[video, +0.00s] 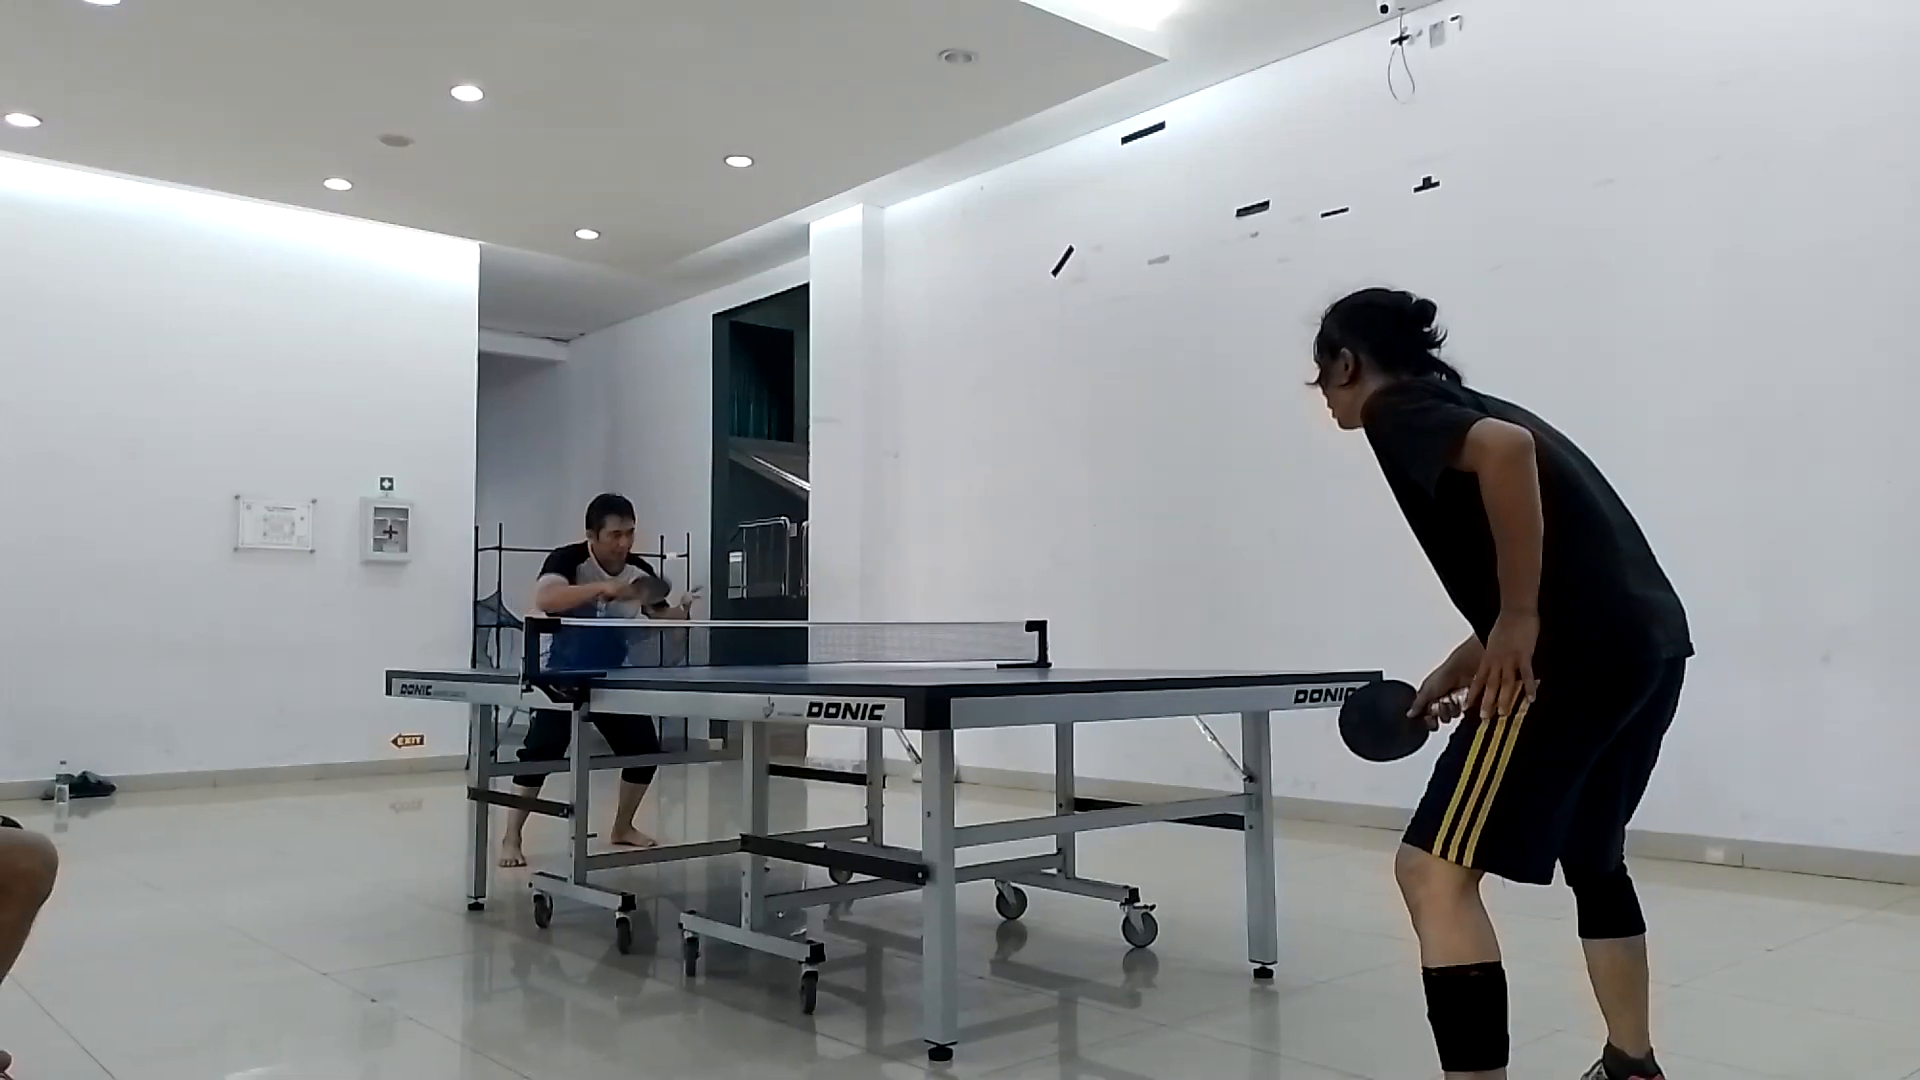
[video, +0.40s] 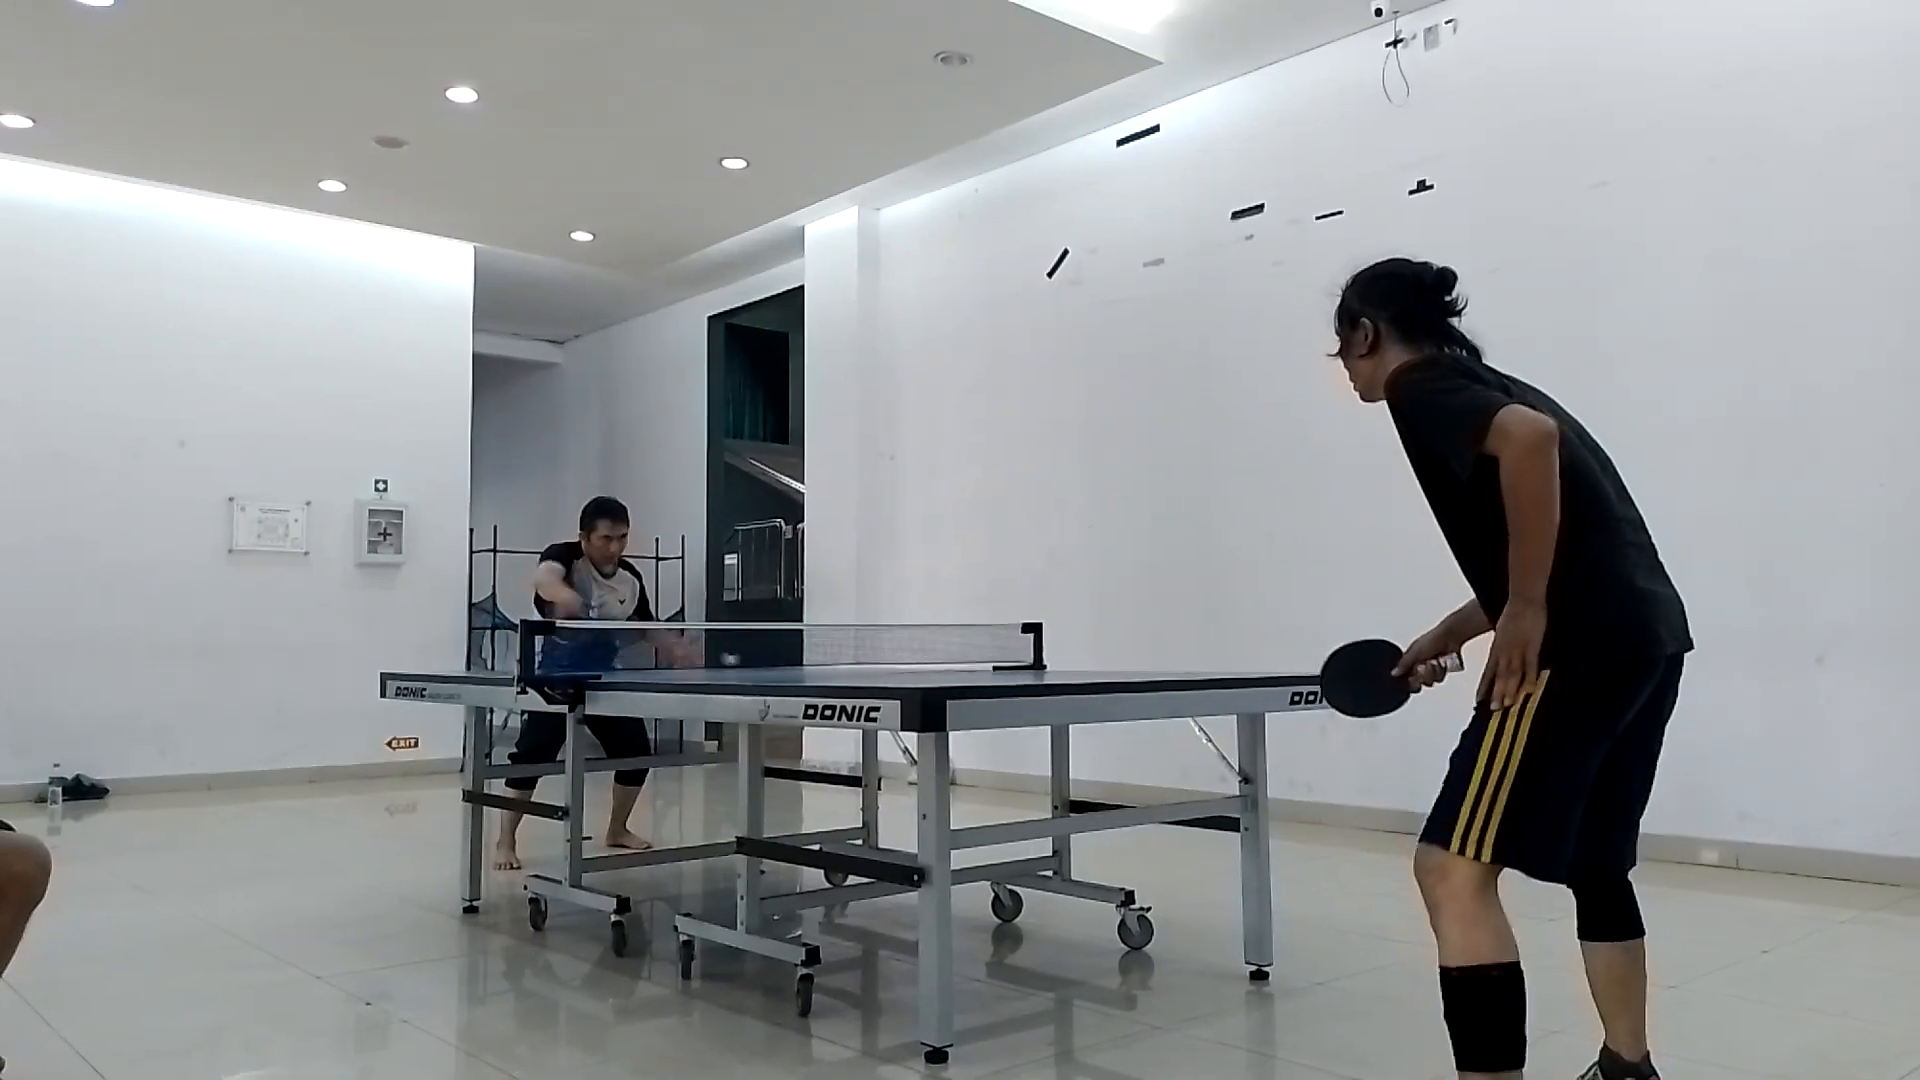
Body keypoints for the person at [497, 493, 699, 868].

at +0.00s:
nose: (625, 543)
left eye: (630, 534)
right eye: (616, 535)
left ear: (634, 534)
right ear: (592, 535)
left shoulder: (635, 570)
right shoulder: (565, 559)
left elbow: (661, 609)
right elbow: (545, 599)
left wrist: (678, 610)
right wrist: (602, 588)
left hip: (611, 681)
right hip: (561, 680)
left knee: (645, 751)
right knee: (542, 750)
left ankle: (623, 828)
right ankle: (511, 836)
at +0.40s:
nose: (615, 548)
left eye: (622, 539)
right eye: (606, 538)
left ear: (628, 538)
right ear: (584, 537)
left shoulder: (631, 579)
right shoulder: (561, 556)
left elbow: (648, 630)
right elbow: (545, 582)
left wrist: (676, 650)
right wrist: (565, 597)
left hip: (602, 682)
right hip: (554, 679)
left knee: (638, 752)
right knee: (534, 754)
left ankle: (617, 830)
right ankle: (506, 839)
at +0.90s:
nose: (600, 538)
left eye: (607, 530)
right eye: (591, 530)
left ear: (613, 533)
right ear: (570, 531)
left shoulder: (622, 580)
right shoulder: (542, 564)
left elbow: (636, 643)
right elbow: (493, 608)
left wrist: (646, 669)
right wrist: (516, 636)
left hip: (593, 690)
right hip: (538, 687)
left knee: (625, 762)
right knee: (491, 765)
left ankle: (614, 831)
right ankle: (452, 836)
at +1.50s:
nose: (544, 558)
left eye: (550, 549)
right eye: (534, 549)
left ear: (556, 549)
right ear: (510, 550)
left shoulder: (563, 589)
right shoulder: (482, 583)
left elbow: (581, 642)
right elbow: (459, 645)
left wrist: (597, 649)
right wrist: (510, 661)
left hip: (538, 696)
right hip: (485, 696)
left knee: (585, 757)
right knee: (464, 762)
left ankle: (573, 828)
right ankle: (427, 845)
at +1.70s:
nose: (540, 569)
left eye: (544, 561)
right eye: (529, 562)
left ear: (550, 563)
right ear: (504, 568)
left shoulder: (556, 605)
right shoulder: (478, 602)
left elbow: (570, 656)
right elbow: (451, 660)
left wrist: (599, 660)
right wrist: (500, 672)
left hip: (526, 706)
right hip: (476, 705)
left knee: (586, 760)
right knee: (475, 766)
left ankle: (573, 829)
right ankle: (428, 845)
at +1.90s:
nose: (539, 555)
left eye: (542, 548)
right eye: (527, 549)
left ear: (548, 554)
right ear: (506, 558)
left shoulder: (553, 603)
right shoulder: (485, 595)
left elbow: (571, 648)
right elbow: (494, 606)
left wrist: (607, 658)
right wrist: (517, 576)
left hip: (515, 705)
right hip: (467, 702)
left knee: (582, 755)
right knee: (471, 763)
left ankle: (570, 826)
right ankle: (425, 844)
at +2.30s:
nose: (586, 533)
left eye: (591, 525)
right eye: (576, 525)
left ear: (596, 531)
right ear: (553, 532)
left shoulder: (601, 578)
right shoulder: (528, 571)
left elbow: (602, 630)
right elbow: (494, 626)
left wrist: (619, 659)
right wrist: (527, 625)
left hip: (571, 690)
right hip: (521, 688)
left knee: (601, 761)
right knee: (482, 765)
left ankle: (568, 826)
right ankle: (431, 838)